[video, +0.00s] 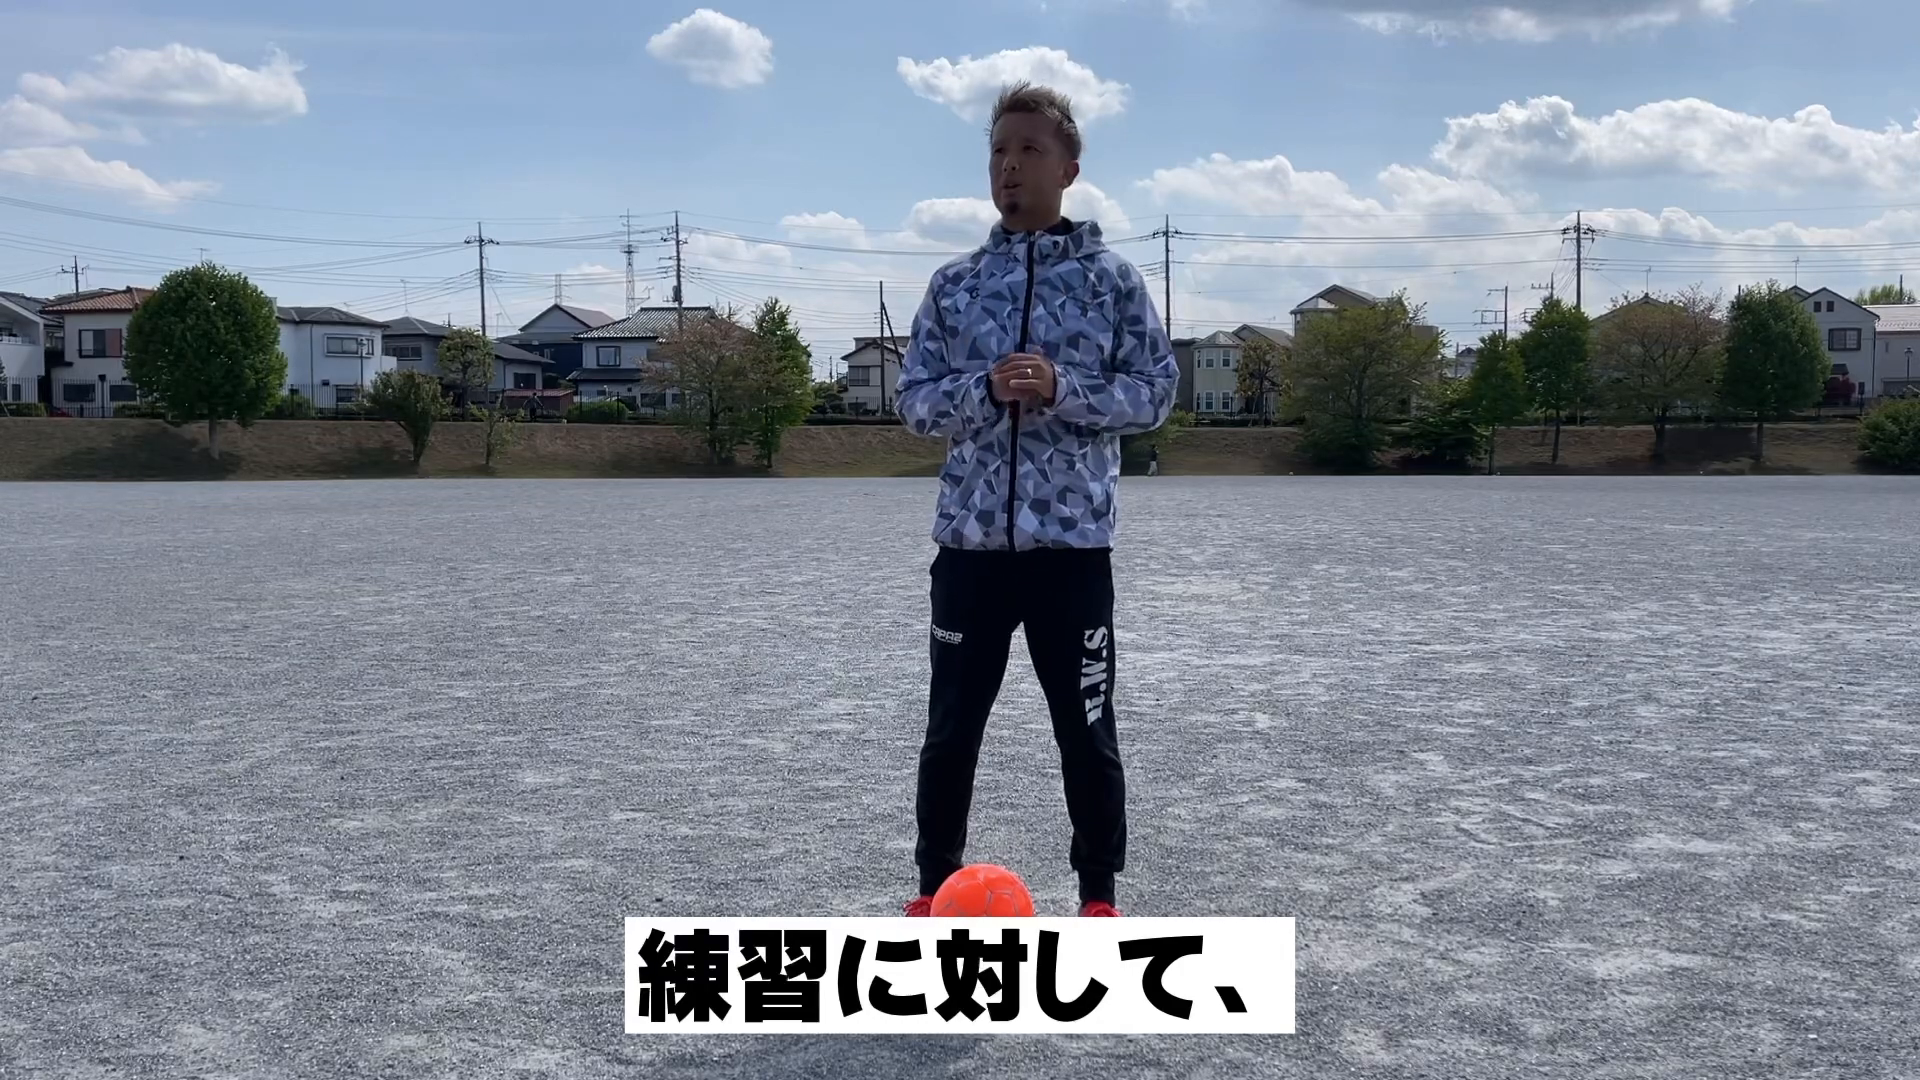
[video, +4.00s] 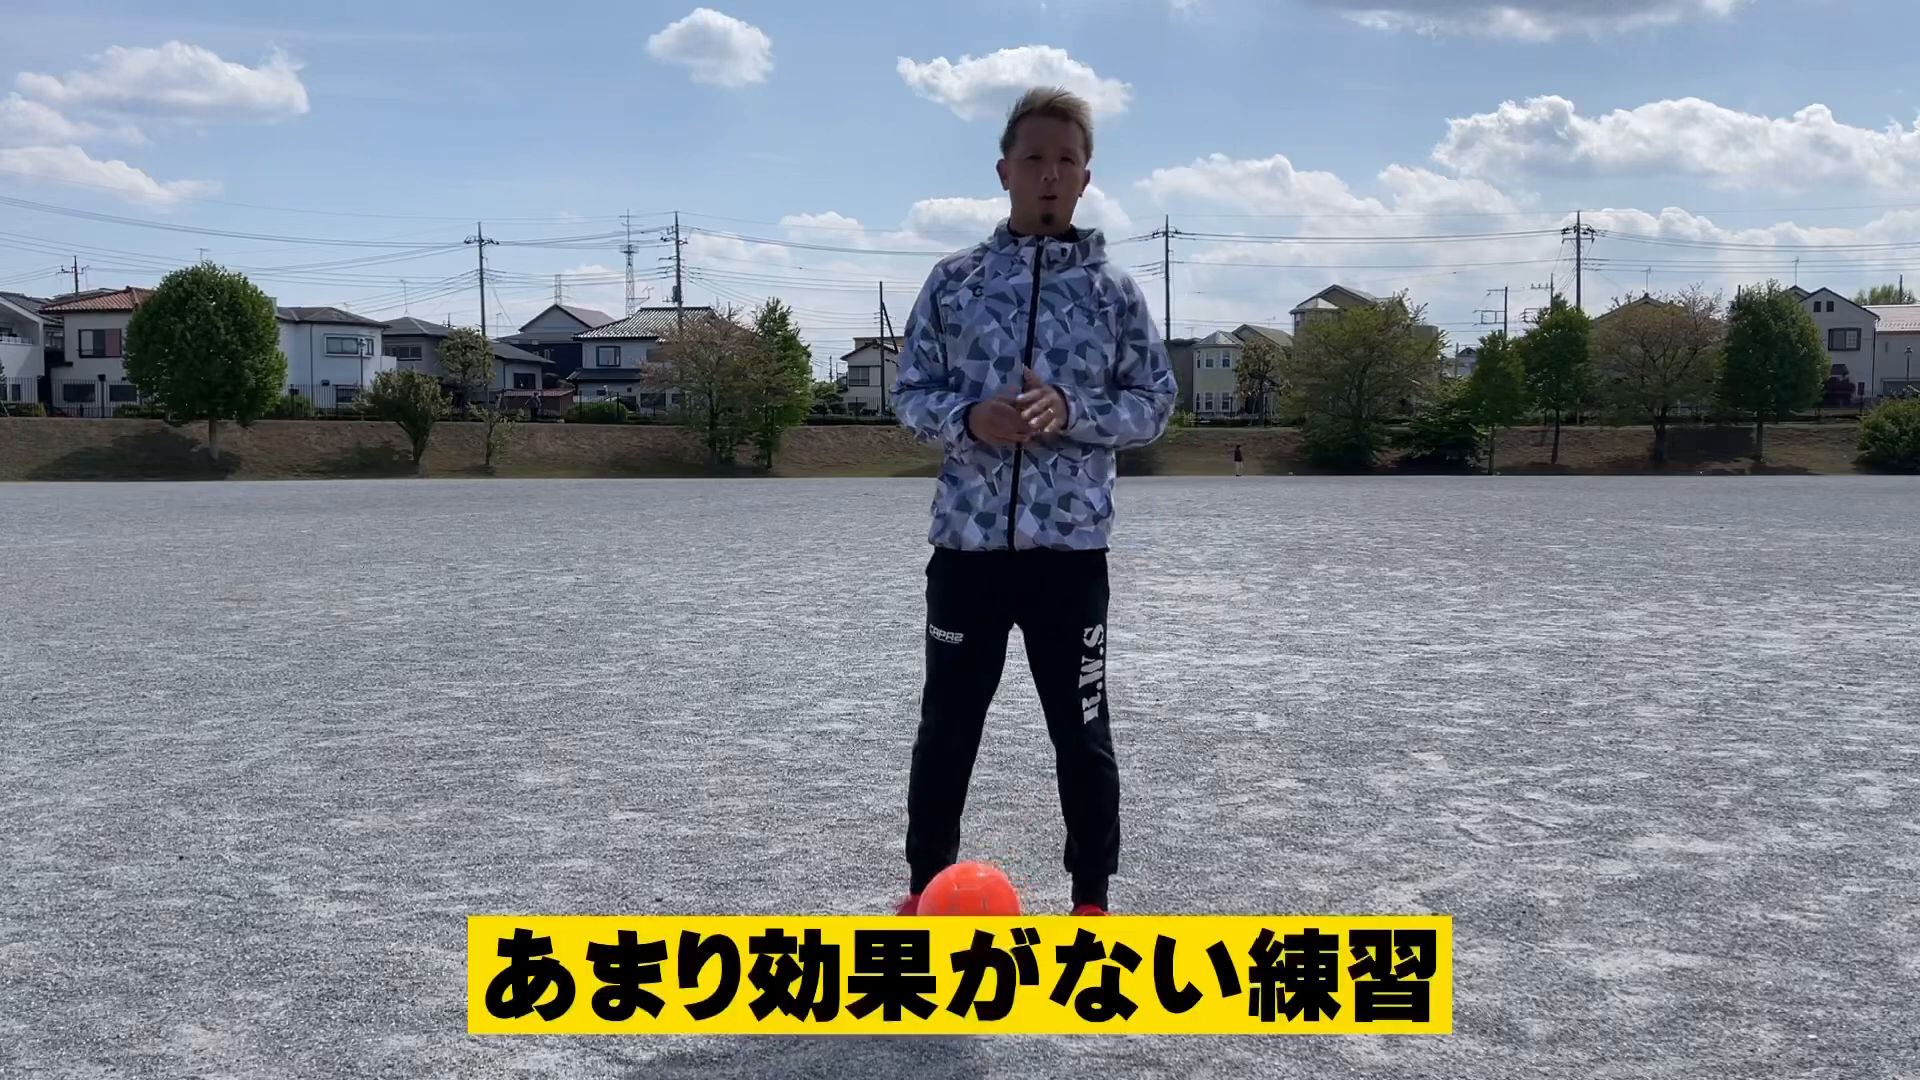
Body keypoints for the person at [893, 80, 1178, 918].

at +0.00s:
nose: (1010, 164)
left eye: (1029, 150)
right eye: (1000, 151)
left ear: (1069, 166)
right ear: (989, 165)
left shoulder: (1113, 280)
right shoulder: (955, 284)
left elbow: (1150, 395)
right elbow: (917, 398)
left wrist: (1061, 390)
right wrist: (983, 386)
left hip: (1070, 538)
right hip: (970, 537)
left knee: (1084, 728)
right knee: (951, 728)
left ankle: (1098, 898)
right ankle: (934, 893)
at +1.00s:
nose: (1016, 162)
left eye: (1033, 149)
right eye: (999, 150)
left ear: (1057, 167)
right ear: (977, 169)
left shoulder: (1099, 280)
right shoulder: (942, 288)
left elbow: (1140, 392)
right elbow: (907, 406)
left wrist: (1047, 400)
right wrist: (962, 409)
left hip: (1061, 540)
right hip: (960, 540)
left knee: (1080, 728)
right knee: (944, 732)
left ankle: (1097, 897)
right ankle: (935, 897)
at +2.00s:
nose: (903, 180)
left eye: (915, 162)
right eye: (883, 168)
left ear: (941, 168)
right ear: (860, 184)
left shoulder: (1003, 266)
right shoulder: (850, 302)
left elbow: (1061, 368)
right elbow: (832, 423)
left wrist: (992, 406)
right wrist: (907, 424)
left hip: (1015, 531)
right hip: (913, 544)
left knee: (1073, 702)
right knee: (918, 727)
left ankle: (1127, 877)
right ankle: (928, 891)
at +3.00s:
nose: (1114, 164)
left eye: (1132, 153)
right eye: (1099, 148)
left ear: (1151, 176)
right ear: (1070, 163)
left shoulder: (1172, 295)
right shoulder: (1013, 273)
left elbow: (1193, 416)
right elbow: (961, 388)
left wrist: (1113, 409)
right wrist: (1029, 399)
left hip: (1103, 544)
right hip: (1002, 532)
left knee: (1098, 733)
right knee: (948, 696)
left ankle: (1092, 903)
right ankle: (951, 801)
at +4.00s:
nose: (1052, 175)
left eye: (1068, 161)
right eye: (1035, 159)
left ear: (1086, 176)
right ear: (1004, 170)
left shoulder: (1115, 293)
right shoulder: (955, 281)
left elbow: (1152, 405)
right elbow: (911, 394)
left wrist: (1075, 414)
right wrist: (968, 417)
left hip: (1068, 542)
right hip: (967, 540)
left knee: (1080, 728)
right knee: (947, 724)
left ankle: (1091, 900)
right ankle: (925, 894)